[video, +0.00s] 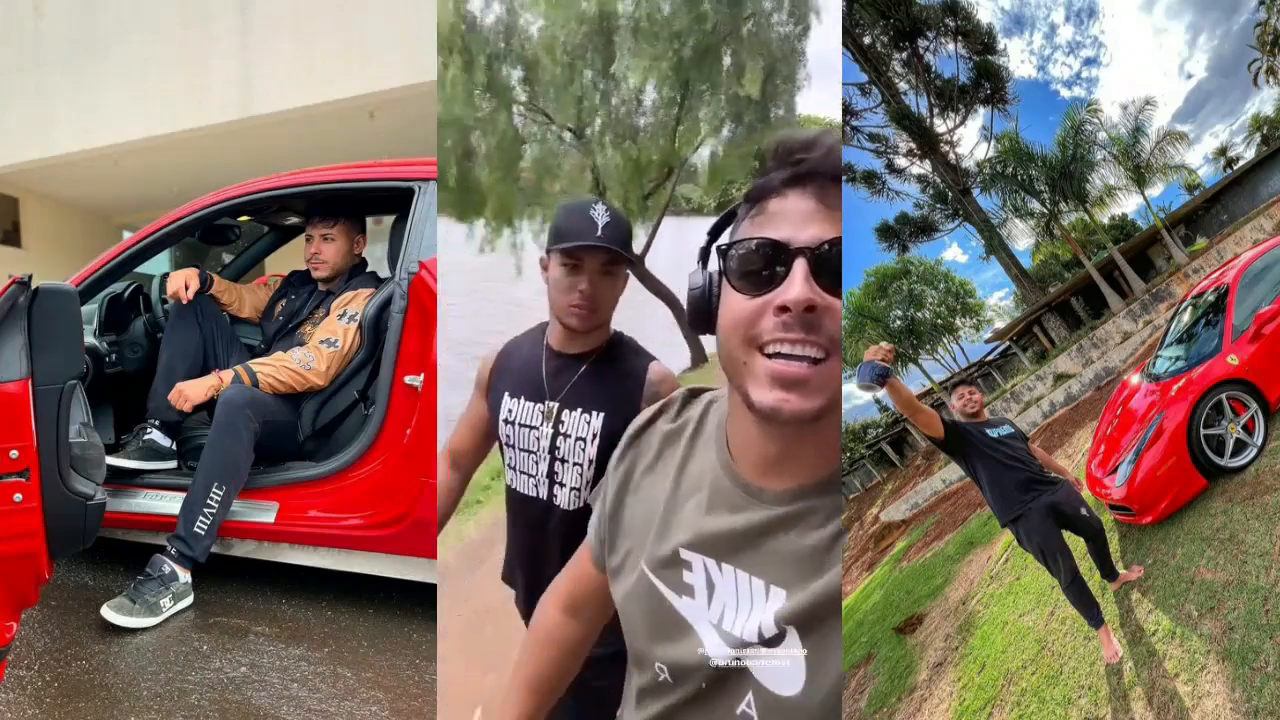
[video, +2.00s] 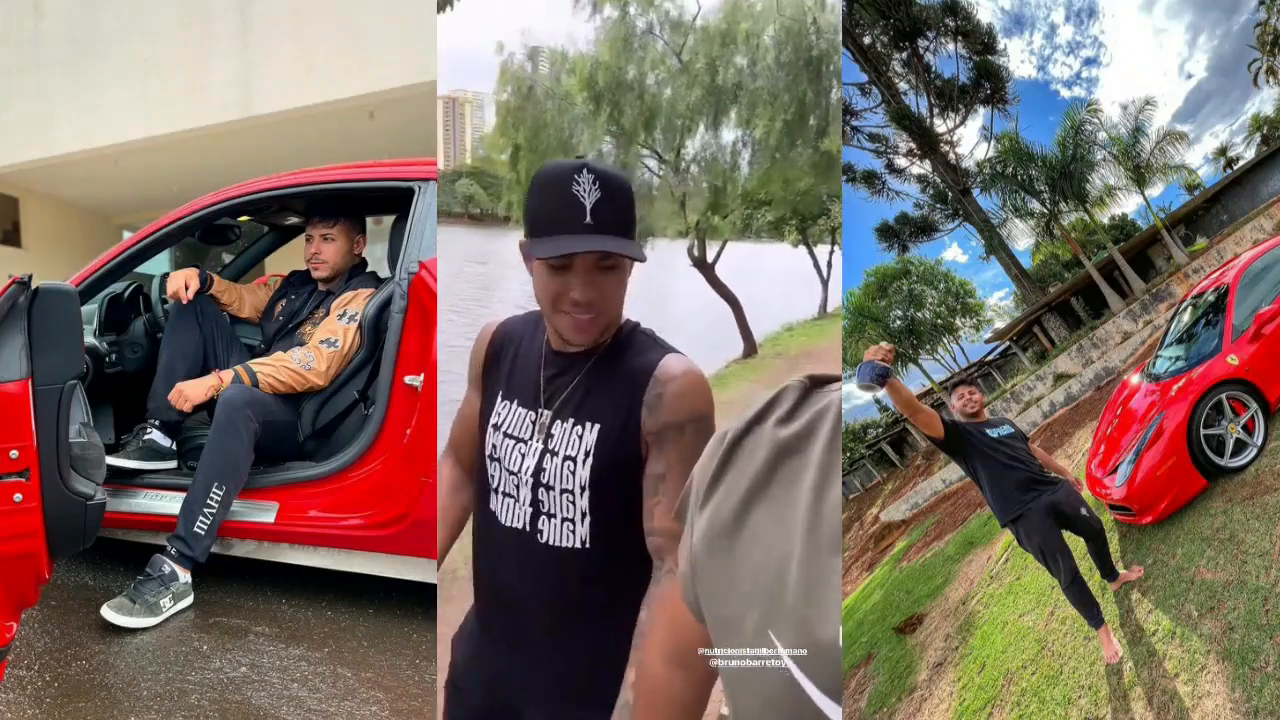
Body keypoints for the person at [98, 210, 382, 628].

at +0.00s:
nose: (315, 249)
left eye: (328, 239)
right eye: (310, 239)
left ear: (358, 245)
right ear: (304, 244)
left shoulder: (361, 297)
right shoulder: (292, 286)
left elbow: (315, 366)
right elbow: (243, 299)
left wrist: (219, 381)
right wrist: (203, 279)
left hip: (315, 411)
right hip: (265, 389)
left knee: (239, 402)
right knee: (196, 303)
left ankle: (177, 568)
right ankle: (161, 433)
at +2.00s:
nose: (314, 250)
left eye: (328, 239)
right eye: (310, 239)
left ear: (358, 245)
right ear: (304, 244)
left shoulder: (362, 297)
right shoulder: (292, 286)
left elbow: (315, 366)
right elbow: (242, 299)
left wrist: (219, 380)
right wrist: (202, 278)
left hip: (316, 410)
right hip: (266, 389)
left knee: (239, 402)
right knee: (196, 303)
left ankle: (177, 568)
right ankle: (161, 433)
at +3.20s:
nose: (314, 249)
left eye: (327, 239)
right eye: (310, 239)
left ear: (358, 245)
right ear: (304, 244)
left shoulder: (362, 297)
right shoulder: (292, 286)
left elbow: (315, 366)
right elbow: (243, 299)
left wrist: (220, 380)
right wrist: (202, 279)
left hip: (317, 411)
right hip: (266, 390)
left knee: (239, 402)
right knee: (196, 303)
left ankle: (177, 568)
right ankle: (161, 432)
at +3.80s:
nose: (314, 250)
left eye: (328, 239)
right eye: (310, 239)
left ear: (358, 245)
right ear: (304, 244)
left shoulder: (362, 297)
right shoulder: (292, 286)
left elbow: (315, 366)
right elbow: (242, 299)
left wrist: (219, 380)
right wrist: (202, 278)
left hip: (316, 411)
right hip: (266, 389)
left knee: (239, 402)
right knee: (195, 303)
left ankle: (177, 568)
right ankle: (161, 433)